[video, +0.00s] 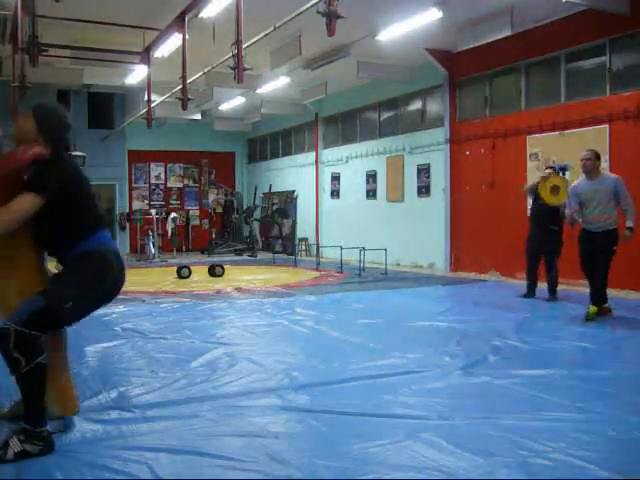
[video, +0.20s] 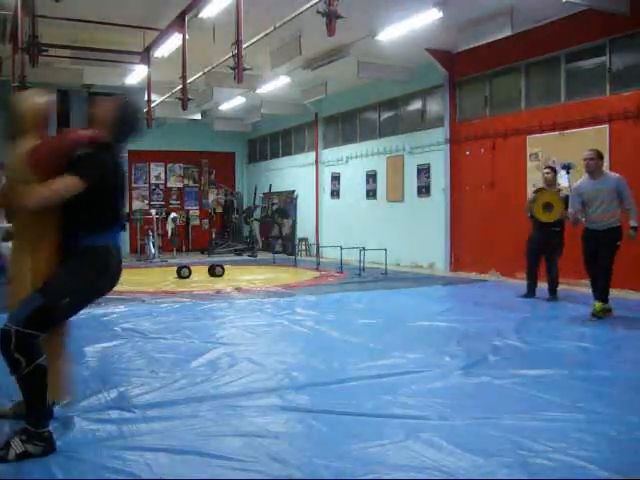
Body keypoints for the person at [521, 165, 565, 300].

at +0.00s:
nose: (549, 178)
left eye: (552, 174)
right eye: (547, 174)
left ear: (557, 177)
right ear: (543, 176)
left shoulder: (559, 193)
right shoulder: (537, 190)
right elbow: (527, 190)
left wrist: (559, 181)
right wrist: (540, 180)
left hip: (553, 232)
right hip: (536, 231)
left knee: (551, 264)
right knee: (532, 263)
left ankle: (552, 292)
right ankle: (530, 290)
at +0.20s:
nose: (546, 176)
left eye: (549, 173)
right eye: (544, 174)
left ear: (555, 175)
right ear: (542, 176)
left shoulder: (562, 194)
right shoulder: (538, 193)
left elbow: (568, 213)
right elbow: (529, 211)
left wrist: (561, 214)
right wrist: (531, 207)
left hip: (554, 231)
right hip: (538, 230)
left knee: (552, 262)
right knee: (532, 260)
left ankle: (553, 292)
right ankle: (530, 289)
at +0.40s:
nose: (542, 176)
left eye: (545, 173)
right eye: (540, 173)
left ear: (552, 176)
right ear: (538, 176)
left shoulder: (561, 196)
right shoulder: (534, 194)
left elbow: (566, 213)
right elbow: (530, 210)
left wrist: (558, 220)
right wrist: (526, 208)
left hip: (553, 232)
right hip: (537, 231)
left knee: (551, 263)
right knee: (532, 262)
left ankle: (553, 292)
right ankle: (532, 290)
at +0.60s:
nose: (540, 177)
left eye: (543, 174)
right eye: (538, 174)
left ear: (550, 177)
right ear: (536, 177)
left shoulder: (558, 197)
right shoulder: (533, 193)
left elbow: (563, 214)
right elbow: (528, 207)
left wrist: (552, 221)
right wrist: (522, 207)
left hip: (551, 232)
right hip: (534, 231)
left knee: (550, 264)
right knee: (532, 263)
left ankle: (552, 292)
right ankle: (532, 291)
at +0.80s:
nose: (539, 177)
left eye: (543, 174)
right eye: (538, 174)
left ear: (550, 176)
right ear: (536, 176)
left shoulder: (557, 197)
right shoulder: (532, 192)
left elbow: (562, 215)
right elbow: (527, 208)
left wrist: (550, 220)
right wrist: (521, 204)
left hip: (549, 231)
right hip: (533, 230)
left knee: (549, 262)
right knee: (531, 261)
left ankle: (552, 292)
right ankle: (532, 290)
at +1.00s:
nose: (540, 175)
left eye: (543, 172)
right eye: (539, 172)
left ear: (550, 174)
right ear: (537, 175)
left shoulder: (558, 195)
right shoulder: (534, 191)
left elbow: (561, 214)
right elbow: (527, 209)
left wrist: (548, 212)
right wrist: (523, 200)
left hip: (550, 230)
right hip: (534, 228)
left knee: (549, 262)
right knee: (531, 261)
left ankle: (552, 292)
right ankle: (531, 290)